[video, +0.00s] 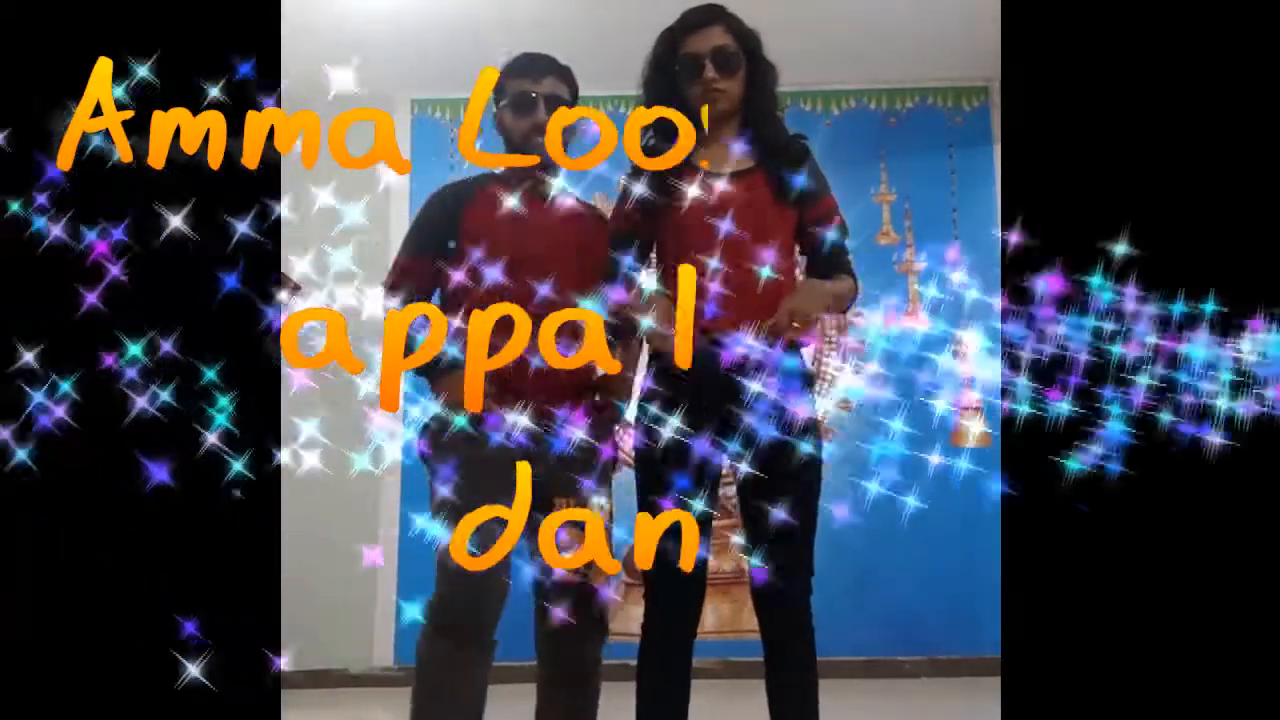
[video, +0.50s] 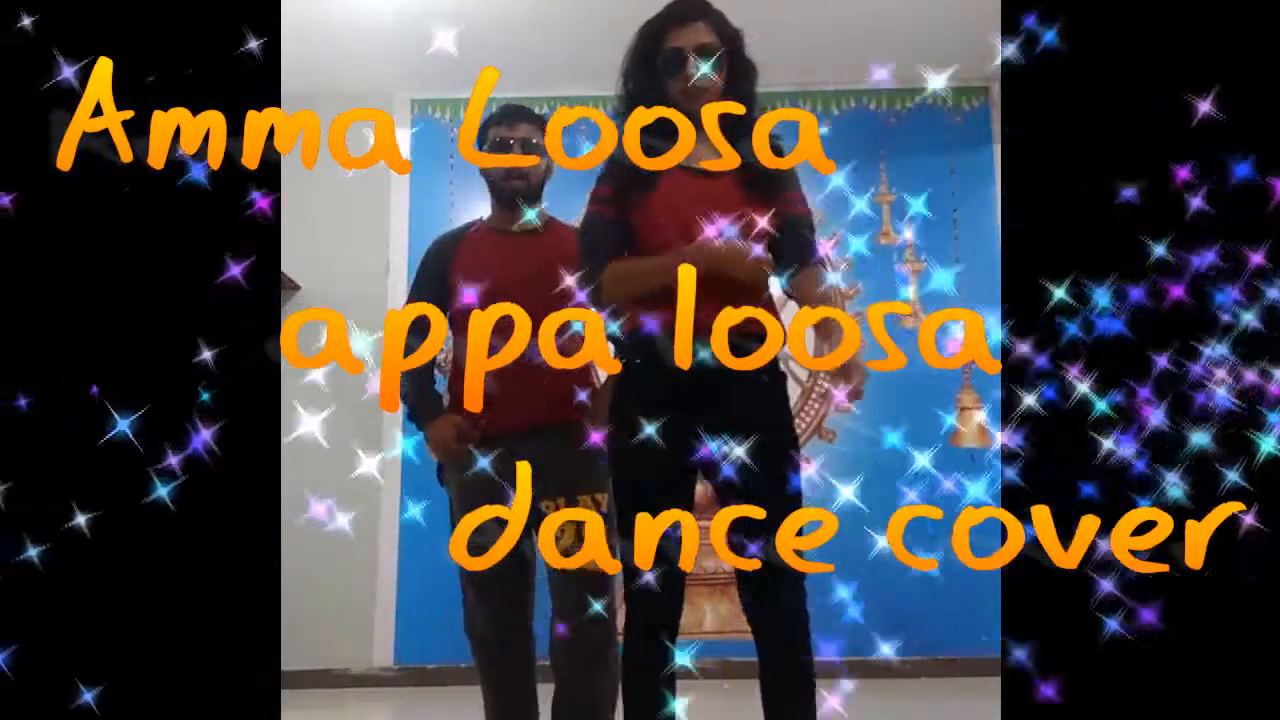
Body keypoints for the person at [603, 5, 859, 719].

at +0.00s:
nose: (710, 75)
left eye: (725, 60)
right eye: (692, 65)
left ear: (752, 71)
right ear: (670, 81)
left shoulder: (787, 160)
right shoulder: (654, 171)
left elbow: (843, 278)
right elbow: (608, 280)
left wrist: (815, 294)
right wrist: (651, 316)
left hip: (773, 395)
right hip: (678, 392)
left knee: (782, 594)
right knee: (670, 594)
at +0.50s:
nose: (696, 71)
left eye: (710, 56)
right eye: (677, 60)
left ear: (736, 67)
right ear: (650, 74)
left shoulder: (763, 160)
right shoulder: (628, 163)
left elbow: (804, 268)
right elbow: (601, 279)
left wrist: (835, 333)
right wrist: (699, 257)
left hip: (749, 384)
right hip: (653, 385)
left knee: (776, 587)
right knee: (652, 592)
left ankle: (794, 716)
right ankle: (646, 718)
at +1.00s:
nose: (710, 68)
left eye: (726, 52)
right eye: (690, 57)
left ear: (754, 62)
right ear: (669, 71)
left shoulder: (784, 139)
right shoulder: (652, 150)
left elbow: (841, 245)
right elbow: (629, 267)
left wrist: (913, 269)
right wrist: (746, 243)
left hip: (787, 385)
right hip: (685, 387)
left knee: (813, 587)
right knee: (673, 594)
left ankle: (835, 719)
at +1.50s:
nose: (710, 74)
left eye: (724, 58)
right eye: (692, 65)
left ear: (751, 65)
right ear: (670, 78)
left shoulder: (789, 137)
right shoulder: (657, 148)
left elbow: (828, 239)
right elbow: (655, 245)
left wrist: (699, 216)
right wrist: (728, 327)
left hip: (783, 379)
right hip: (677, 379)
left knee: (807, 589)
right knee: (653, 590)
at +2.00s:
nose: (696, 68)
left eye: (712, 52)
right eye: (677, 57)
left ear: (741, 61)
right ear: (655, 72)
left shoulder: (781, 149)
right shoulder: (641, 152)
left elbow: (816, 280)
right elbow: (621, 265)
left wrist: (697, 254)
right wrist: (644, 322)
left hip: (770, 390)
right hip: (665, 388)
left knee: (801, 597)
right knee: (644, 597)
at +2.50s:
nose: (708, 58)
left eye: (724, 43)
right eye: (689, 46)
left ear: (752, 55)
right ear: (666, 62)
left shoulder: (787, 145)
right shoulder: (648, 148)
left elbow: (830, 283)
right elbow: (618, 290)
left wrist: (890, 403)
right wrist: (572, 414)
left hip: (778, 394)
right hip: (671, 394)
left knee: (807, 602)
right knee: (649, 601)